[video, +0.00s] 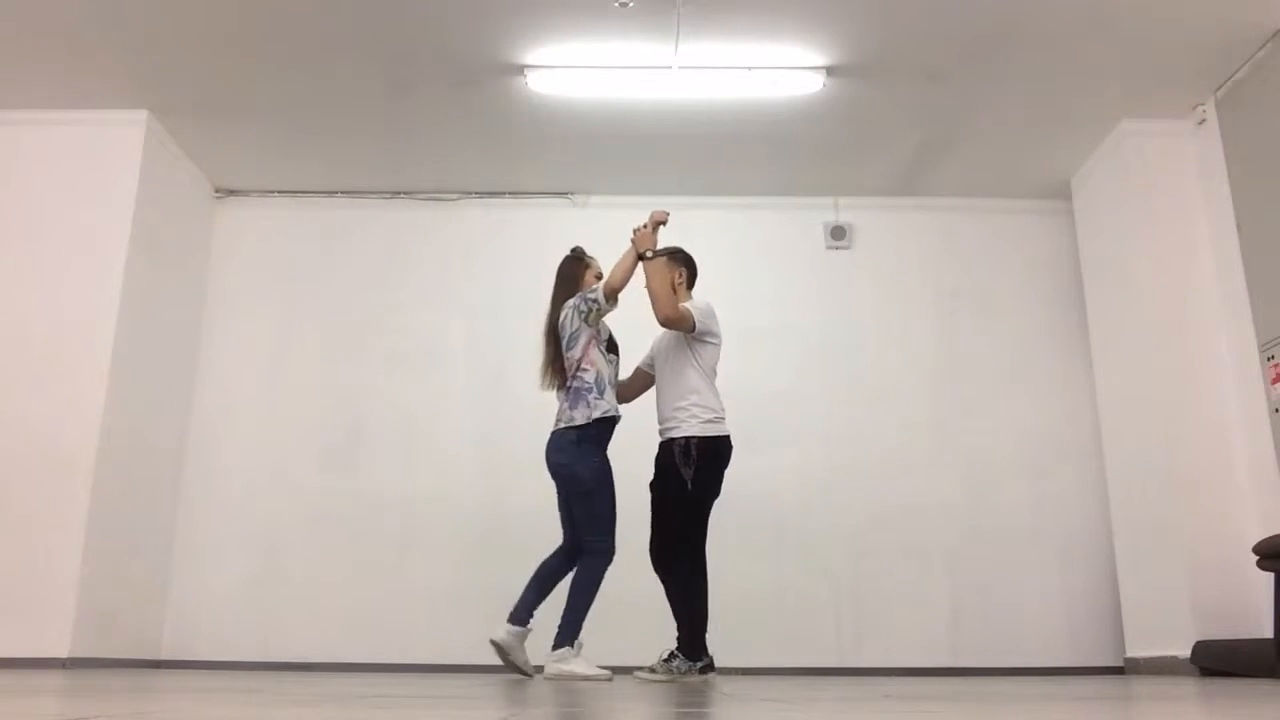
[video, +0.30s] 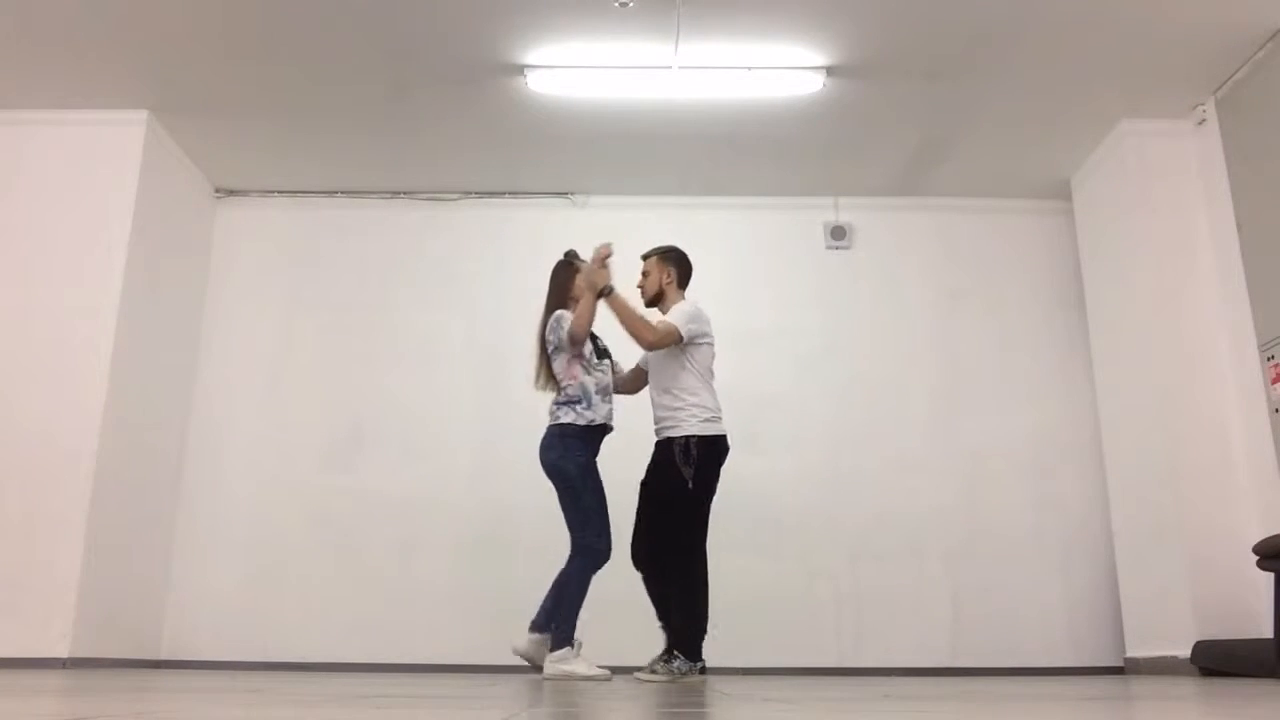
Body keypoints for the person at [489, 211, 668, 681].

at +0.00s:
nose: (602, 281)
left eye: (601, 276)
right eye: (595, 275)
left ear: (580, 280)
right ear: (578, 279)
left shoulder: (581, 320)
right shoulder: (576, 311)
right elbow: (612, 287)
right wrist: (641, 242)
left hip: (568, 444)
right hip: (581, 445)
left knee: (573, 548)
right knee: (599, 550)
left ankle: (513, 632)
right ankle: (563, 652)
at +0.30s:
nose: (595, 281)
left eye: (594, 276)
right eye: (589, 275)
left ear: (577, 286)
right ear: (573, 282)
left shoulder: (592, 336)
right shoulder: (559, 321)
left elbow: (624, 384)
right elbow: (578, 336)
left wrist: (662, 358)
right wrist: (595, 285)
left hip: (582, 444)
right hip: (567, 443)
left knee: (594, 548)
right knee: (590, 547)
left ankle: (538, 636)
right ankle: (561, 651)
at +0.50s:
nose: (587, 291)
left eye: (588, 286)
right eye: (579, 285)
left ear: (585, 293)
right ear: (559, 290)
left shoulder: (589, 336)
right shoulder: (546, 333)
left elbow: (621, 367)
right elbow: (547, 383)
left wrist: (600, 350)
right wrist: (563, 341)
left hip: (588, 444)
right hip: (563, 442)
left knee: (582, 546)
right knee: (573, 545)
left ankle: (562, 648)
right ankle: (558, 650)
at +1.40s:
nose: (585, 291)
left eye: (583, 285)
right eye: (578, 285)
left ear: (565, 290)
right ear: (559, 289)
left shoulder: (576, 335)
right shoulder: (547, 329)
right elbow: (585, 332)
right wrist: (608, 297)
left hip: (578, 449)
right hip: (544, 449)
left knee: (573, 550)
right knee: (543, 549)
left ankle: (555, 649)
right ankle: (511, 643)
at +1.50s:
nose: (590, 291)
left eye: (587, 285)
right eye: (587, 285)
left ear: (554, 288)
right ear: (578, 289)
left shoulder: (562, 326)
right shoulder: (575, 324)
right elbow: (632, 325)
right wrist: (652, 287)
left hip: (576, 450)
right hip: (560, 450)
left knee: (575, 549)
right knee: (571, 547)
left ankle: (556, 647)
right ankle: (521, 623)